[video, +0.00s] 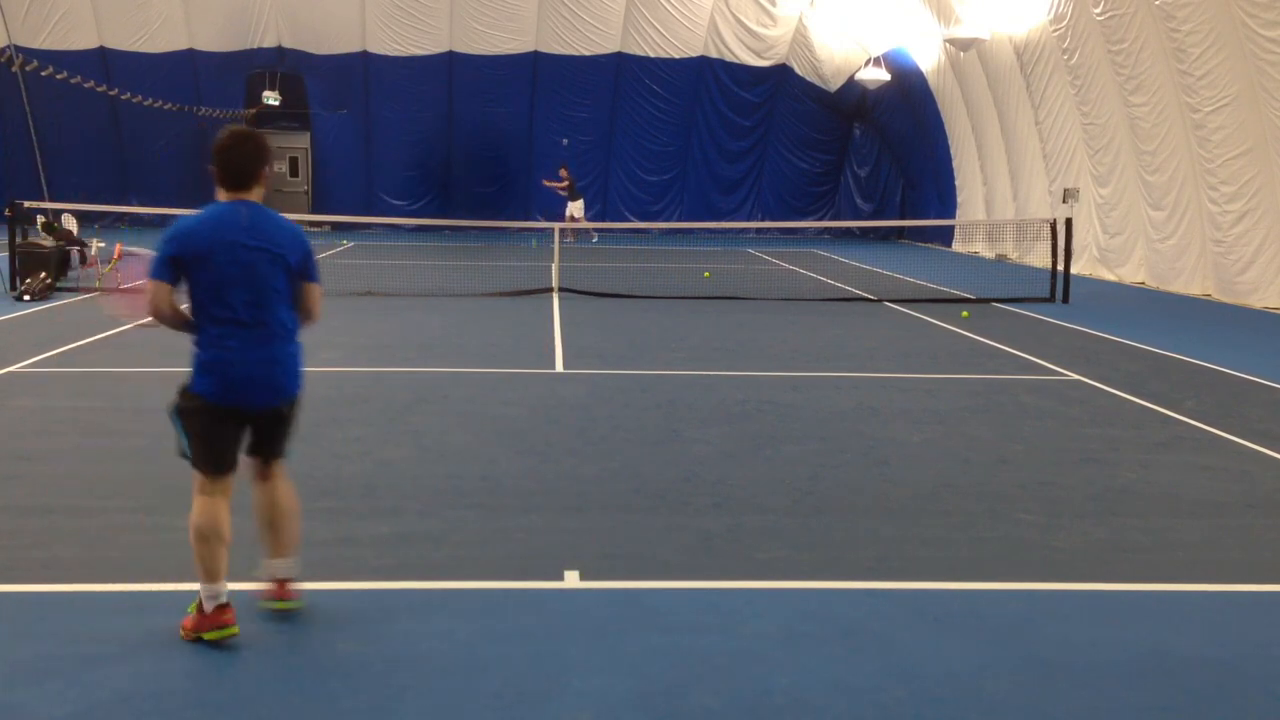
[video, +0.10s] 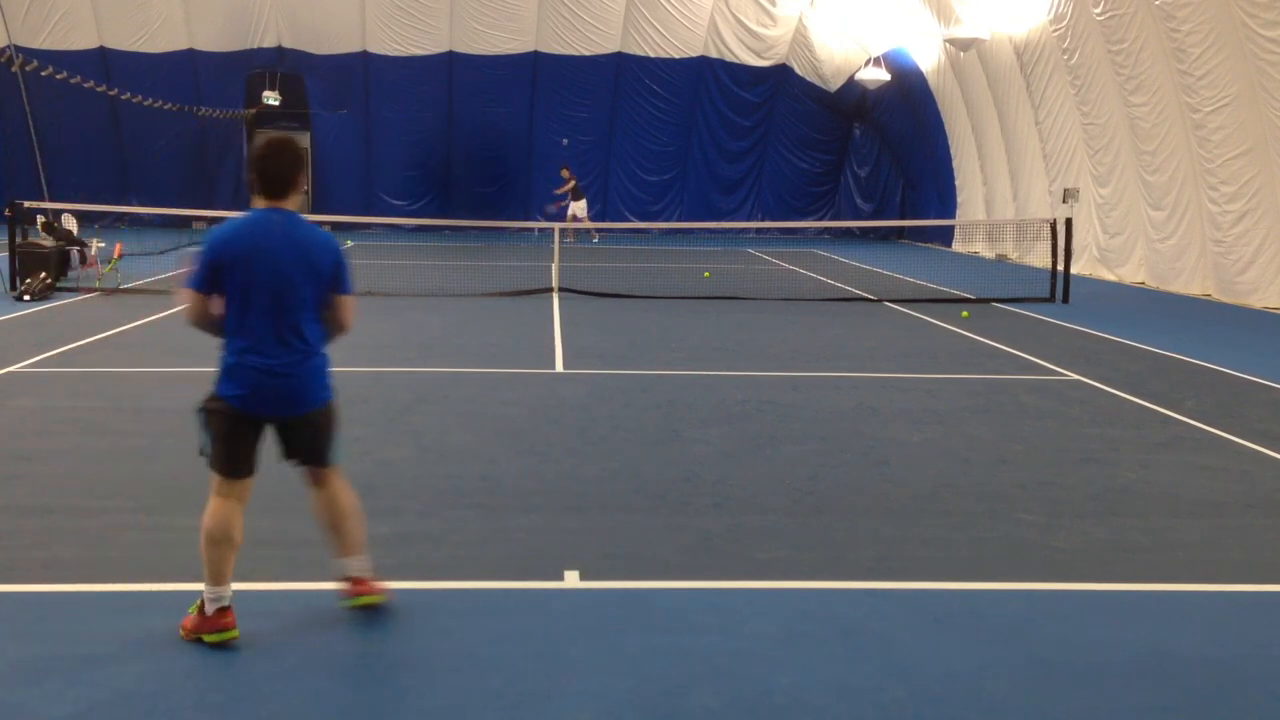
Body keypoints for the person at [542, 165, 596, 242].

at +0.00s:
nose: (560, 174)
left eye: (561, 172)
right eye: (560, 172)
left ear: (566, 172)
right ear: (561, 174)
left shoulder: (569, 180)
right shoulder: (566, 182)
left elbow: (561, 185)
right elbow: (566, 193)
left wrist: (548, 184)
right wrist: (557, 190)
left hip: (577, 201)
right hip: (570, 201)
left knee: (581, 220)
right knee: (567, 219)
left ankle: (593, 234)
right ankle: (570, 236)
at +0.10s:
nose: (563, 175)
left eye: (564, 173)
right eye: (562, 174)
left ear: (568, 172)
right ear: (562, 174)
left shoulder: (573, 179)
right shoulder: (568, 181)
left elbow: (569, 186)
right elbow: (570, 193)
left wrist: (560, 191)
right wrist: (567, 201)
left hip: (580, 201)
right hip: (573, 201)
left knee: (584, 219)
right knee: (569, 218)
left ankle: (594, 235)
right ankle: (570, 237)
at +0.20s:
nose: (567, 173)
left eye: (568, 170)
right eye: (566, 171)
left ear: (572, 170)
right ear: (565, 173)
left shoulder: (581, 178)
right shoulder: (569, 181)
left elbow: (584, 183)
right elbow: (565, 193)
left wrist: (579, 190)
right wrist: (560, 203)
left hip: (583, 200)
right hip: (574, 200)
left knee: (587, 218)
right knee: (571, 218)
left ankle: (594, 235)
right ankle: (570, 237)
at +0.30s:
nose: (572, 170)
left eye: (573, 168)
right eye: (571, 168)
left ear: (577, 167)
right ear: (570, 170)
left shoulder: (585, 176)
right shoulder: (573, 179)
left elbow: (593, 180)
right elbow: (565, 187)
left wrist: (588, 186)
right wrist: (557, 193)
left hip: (587, 199)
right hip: (578, 200)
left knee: (591, 217)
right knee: (574, 218)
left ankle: (594, 236)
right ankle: (571, 236)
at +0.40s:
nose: (577, 169)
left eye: (578, 167)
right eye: (576, 168)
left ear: (582, 167)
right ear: (575, 169)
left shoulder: (588, 176)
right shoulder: (577, 177)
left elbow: (597, 181)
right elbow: (567, 176)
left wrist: (594, 182)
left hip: (590, 199)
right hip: (581, 200)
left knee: (592, 218)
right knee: (578, 217)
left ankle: (593, 236)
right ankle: (571, 236)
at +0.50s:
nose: (583, 168)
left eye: (583, 166)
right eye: (581, 167)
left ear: (586, 168)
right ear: (579, 169)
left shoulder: (589, 177)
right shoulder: (580, 177)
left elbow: (595, 183)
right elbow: (583, 171)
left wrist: (599, 183)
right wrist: (591, 165)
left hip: (590, 199)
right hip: (583, 199)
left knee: (592, 218)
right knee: (580, 216)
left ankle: (593, 235)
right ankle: (571, 234)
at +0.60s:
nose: (585, 168)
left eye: (587, 166)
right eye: (584, 166)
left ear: (589, 167)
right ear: (582, 168)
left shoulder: (590, 178)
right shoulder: (582, 176)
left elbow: (594, 185)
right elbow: (593, 173)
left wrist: (599, 188)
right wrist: (601, 170)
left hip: (591, 199)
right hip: (583, 199)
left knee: (592, 218)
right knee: (581, 217)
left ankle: (593, 235)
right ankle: (570, 234)